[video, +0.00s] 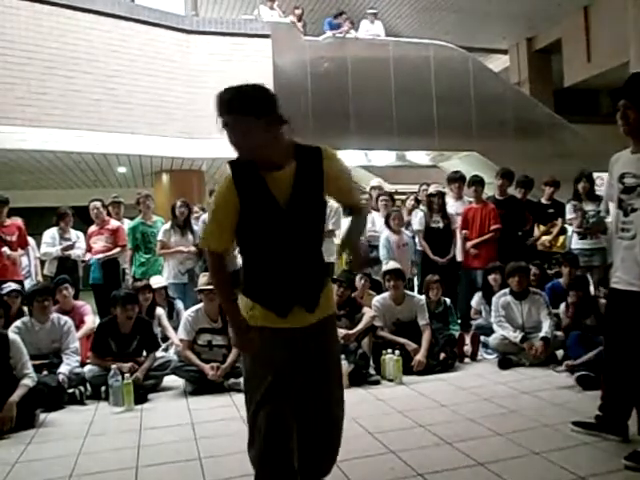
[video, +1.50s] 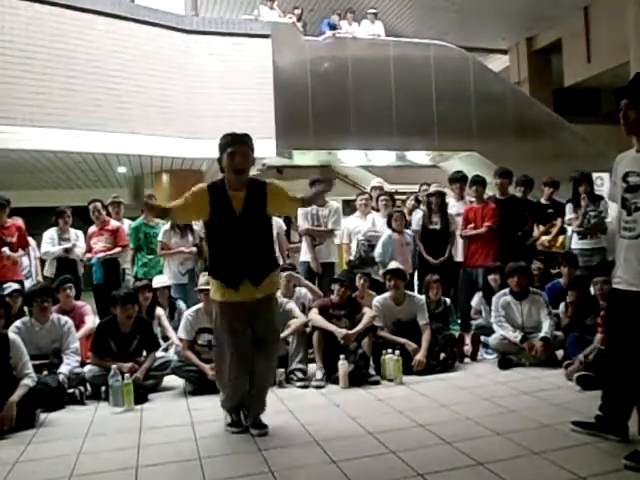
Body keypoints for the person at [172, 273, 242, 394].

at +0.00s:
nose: (210, 296)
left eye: (213, 292)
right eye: (206, 293)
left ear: (220, 294)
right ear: (200, 296)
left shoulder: (229, 314)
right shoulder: (191, 315)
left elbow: (236, 346)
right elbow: (183, 349)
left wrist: (225, 367)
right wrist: (204, 367)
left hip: (225, 360)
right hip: (200, 360)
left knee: (244, 370)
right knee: (177, 367)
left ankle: (200, 386)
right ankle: (224, 384)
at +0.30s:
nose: (213, 296)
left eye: (216, 292)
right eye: (208, 293)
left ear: (221, 293)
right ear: (201, 296)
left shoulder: (230, 314)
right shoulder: (191, 316)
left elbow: (236, 345)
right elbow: (184, 349)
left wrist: (225, 368)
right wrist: (204, 367)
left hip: (225, 362)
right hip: (200, 363)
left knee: (247, 367)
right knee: (176, 367)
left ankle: (200, 387)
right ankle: (226, 384)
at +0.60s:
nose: (212, 296)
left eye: (215, 292)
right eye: (207, 293)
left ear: (221, 293)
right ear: (200, 295)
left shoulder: (231, 314)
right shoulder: (191, 316)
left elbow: (236, 347)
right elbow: (184, 349)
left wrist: (224, 368)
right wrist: (204, 367)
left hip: (223, 361)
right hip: (199, 361)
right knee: (176, 366)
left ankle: (200, 386)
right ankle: (224, 383)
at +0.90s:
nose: (216, 300)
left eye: (219, 295)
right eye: (212, 296)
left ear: (224, 295)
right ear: (203, 296)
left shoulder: (230, 317)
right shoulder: (192, 315)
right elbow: (183, 349)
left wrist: (226, 367)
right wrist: (205, 368)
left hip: (226, 365)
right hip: (199, 363)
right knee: (176, 366)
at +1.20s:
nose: (210, 297)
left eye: (212, 293)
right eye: (206, 293)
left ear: (219, 293)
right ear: (200, 296)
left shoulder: (228, 313)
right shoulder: (191, 315)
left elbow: (237, 346)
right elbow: (183, 349)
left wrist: (226, 367)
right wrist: (205, 368)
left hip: (225, 361)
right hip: (200, 360)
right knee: (177, 366)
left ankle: (200, 386)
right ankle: (226, 381)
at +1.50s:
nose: (206, 296)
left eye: (209, 292)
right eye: (203, 292)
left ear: (216, 293)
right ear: (199, 295)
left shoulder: (225, 313)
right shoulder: (191, 315)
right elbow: (183, 349)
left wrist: (221, 365)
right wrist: (204, 367)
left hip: (222, 360)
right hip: (199, 358)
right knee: (176, 366)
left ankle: (201, 386)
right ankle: (223, 383)